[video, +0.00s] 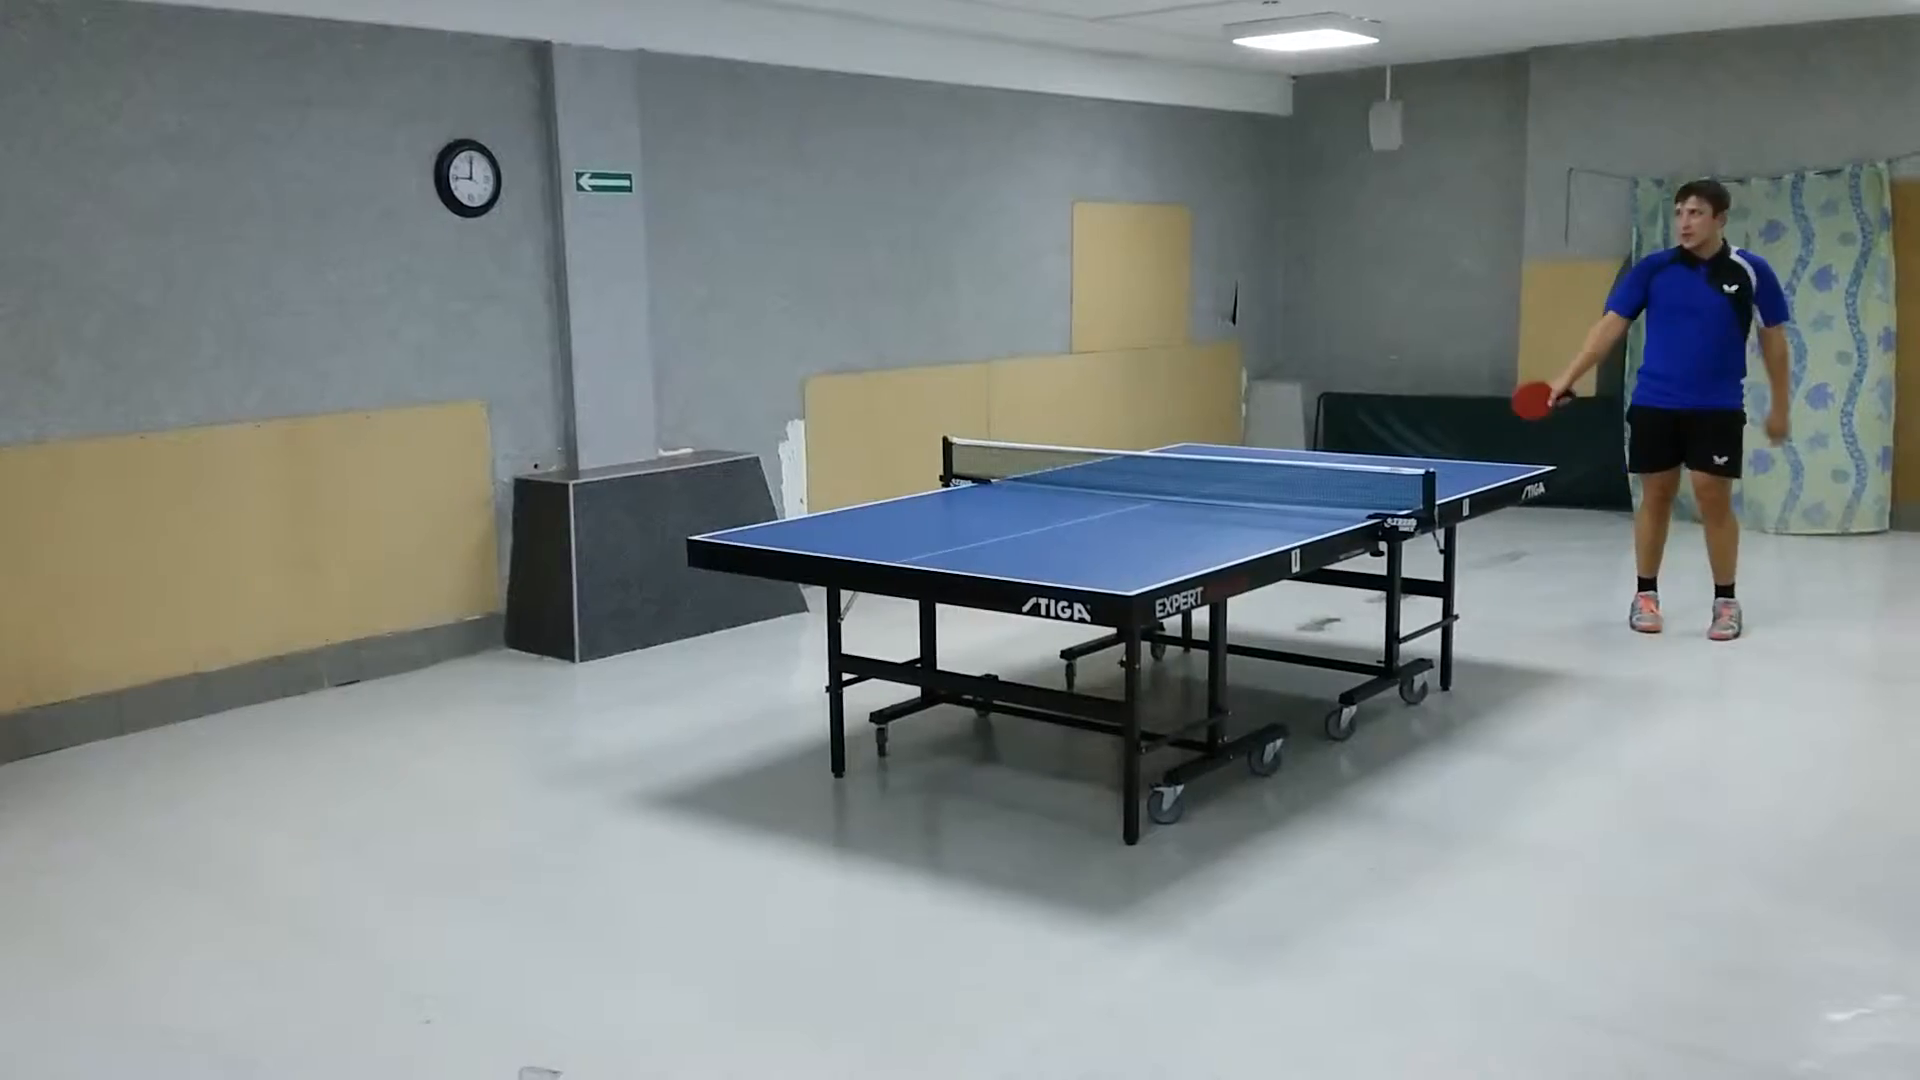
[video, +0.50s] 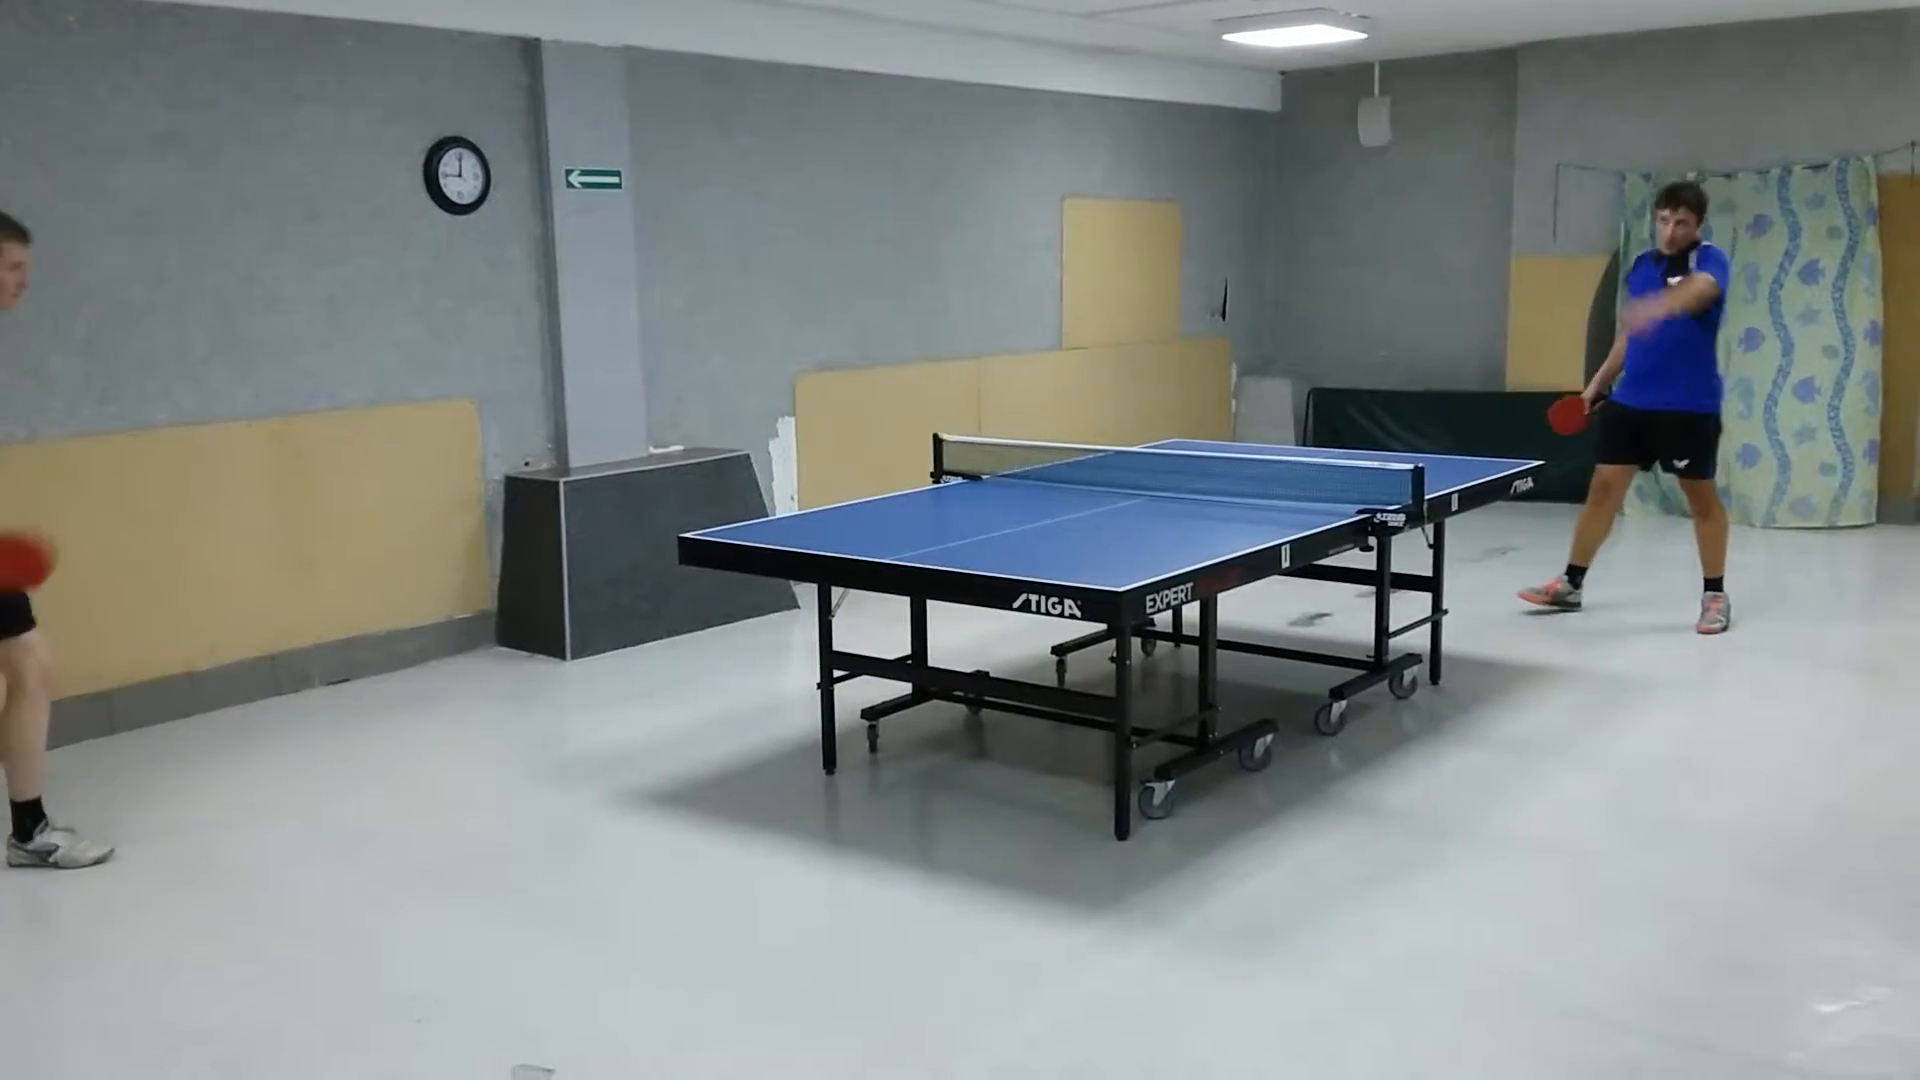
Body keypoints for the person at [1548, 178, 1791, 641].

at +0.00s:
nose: (1685, 221)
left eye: (1696, 213)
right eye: (1681, 213)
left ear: (1719, 220)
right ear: (1674, 219)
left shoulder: (1751, 272)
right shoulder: (1650, 269)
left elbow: (1773, 337)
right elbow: (1609, 325)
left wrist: (1780, 408)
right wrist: (1569, 376)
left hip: (1717, 409)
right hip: (1655, 405)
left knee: (1713, 498)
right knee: (1656, 495)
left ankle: (1725, 602)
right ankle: (1646, 596)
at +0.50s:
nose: (1671, 228)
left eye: (1682, 221)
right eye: (1665, 219)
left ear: (1699, 226)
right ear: (1654, 222)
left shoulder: (1710, 260)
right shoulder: (1641, 268)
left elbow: (1696, 293)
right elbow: (1628, 336)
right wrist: (1597, 384)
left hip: (1688, 403)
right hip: (1632, 399)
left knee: (1702, 499)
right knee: (1605, 485)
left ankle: (1714, 596)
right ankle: (1571, 584)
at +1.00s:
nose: (1557, 226)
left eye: (1567, 219)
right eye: (1553, 217)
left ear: (1587, 222)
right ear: (1545, 219)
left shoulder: (1609, 257)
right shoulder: (1533, 268)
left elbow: (1582, 223)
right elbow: (1510, 331)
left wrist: (1525, 186)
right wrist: (1483, 383)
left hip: (1598, 391)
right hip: (1544, 393)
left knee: (1596, 482)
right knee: (1547, 483)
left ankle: (1626, 584)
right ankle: (1548, 585)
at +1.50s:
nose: (1504, 229)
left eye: (1516, 223)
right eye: (1501, 220)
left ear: (1538, 231)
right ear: (1494, 224)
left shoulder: (1561, 282)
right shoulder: (1481, 268)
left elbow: (1581, 347)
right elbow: (1464, 326)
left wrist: (1534, 383)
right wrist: (1446, 386)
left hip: (1524, 404)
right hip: (1478, 402)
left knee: (1499, 493)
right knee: (1501, 492)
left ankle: (1496, 601)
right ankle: (1533, 580)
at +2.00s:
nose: (1466, 230)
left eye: (1479, 225)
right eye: (1462, 221)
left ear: (1495, 235)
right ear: (1453, 225)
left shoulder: (1508, 278)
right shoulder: (1433, 267)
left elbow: (1527, 349)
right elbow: (1411, 322)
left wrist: (1469, 367)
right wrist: (1386, 378)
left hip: (1481, 410)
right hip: (1425, 405)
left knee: (1479, 499)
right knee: (1395, 494)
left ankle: (1497, 597)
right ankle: (1364, 580)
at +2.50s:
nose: (1433, 262)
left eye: (1442, 254)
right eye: (1426, 253)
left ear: (1454, 258)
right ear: (1412, 255)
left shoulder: (1475, 292)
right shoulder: (1388, 295)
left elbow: (1514, 349)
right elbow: (1358, 343)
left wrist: (1495, 335)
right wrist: (1334, 395)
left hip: (1470, 420)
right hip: (1405, 420)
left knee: (1495, 496)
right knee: (1367, 500)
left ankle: (1523, 588)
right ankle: (1346, 579)